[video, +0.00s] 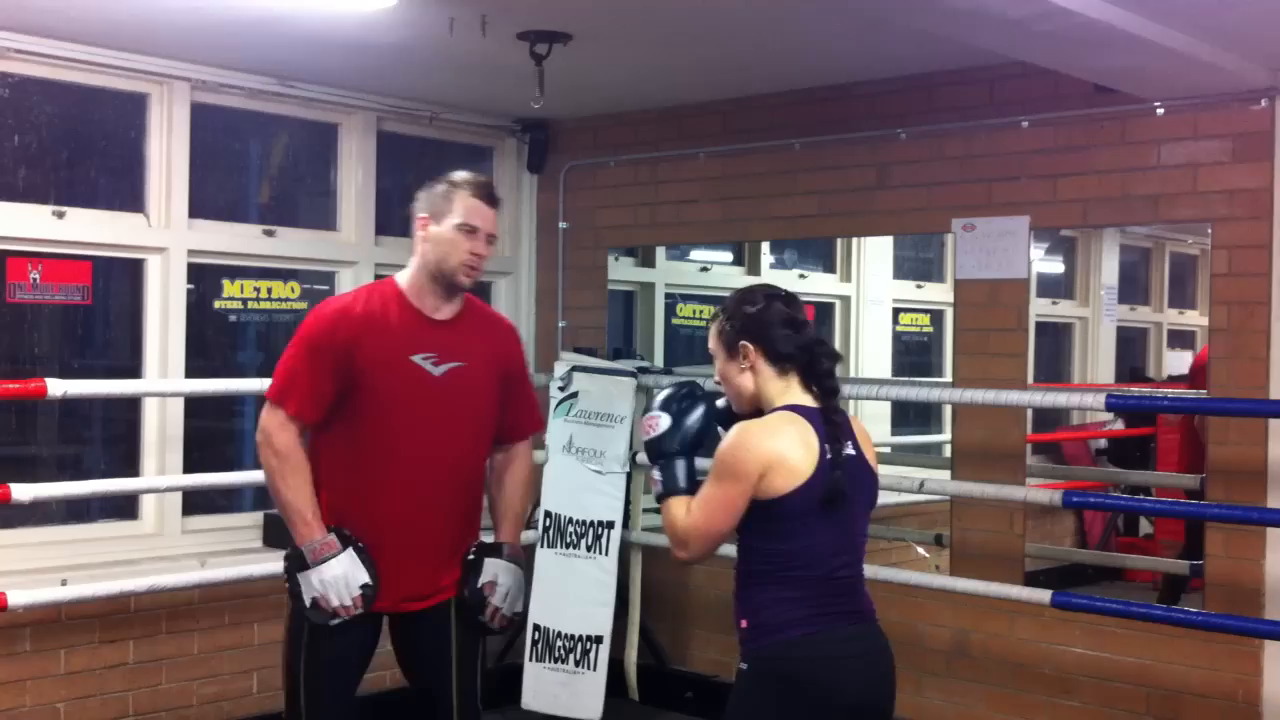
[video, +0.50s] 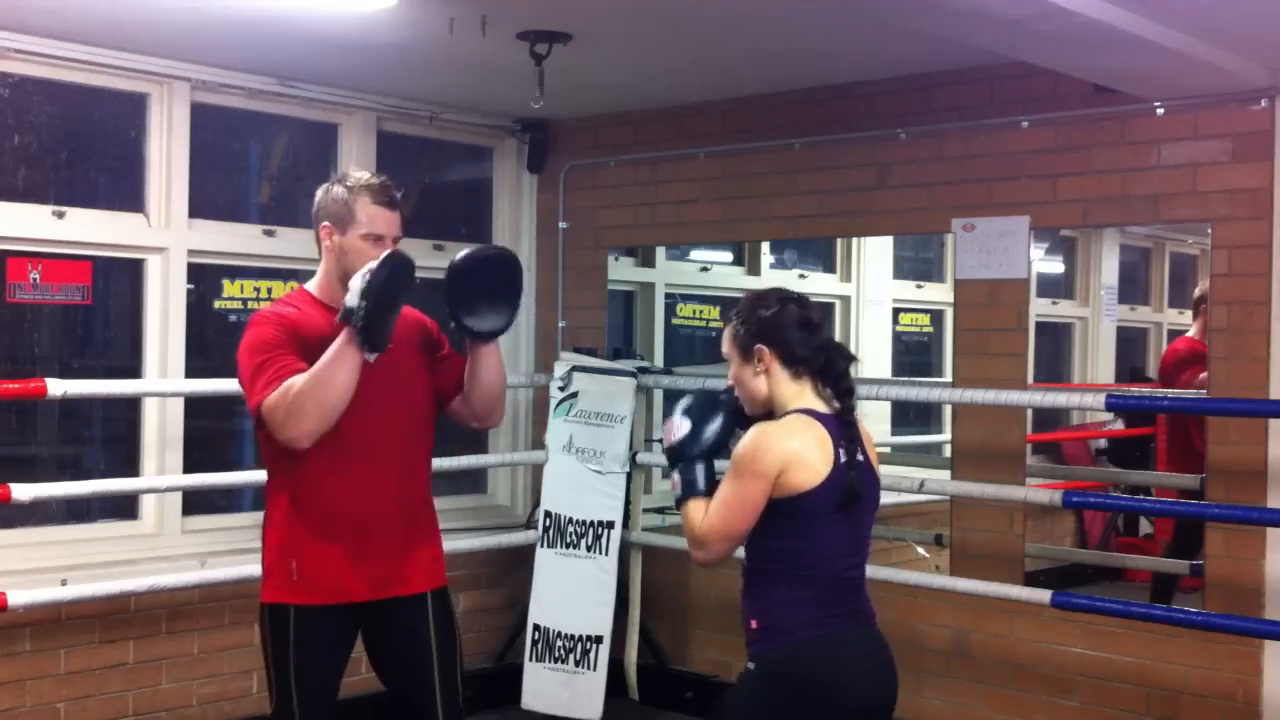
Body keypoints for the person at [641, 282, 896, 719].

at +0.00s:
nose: (715, 374)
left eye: (716, 358)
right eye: (712, 360)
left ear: (747, 356)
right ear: (797, 352)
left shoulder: (752, 442)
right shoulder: (856, 430)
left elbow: (687, 542)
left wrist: (668, 459)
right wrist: (738, 427)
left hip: (784, 672)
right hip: (863, 660)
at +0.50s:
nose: (729, 379)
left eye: (731, 362)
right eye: (727, 363)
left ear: (763, 360)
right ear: (809, 357)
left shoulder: (769, 443)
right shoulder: (858, 433)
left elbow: (705, 546)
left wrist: (689, 462)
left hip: (791, 676)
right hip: (864, 665)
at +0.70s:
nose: (701, 386)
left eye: (699, 370)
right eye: (697, 372)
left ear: (722, 363)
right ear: (774, 358)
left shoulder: (723, 437)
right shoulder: (814, 440)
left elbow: (629, 473)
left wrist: (619, 451)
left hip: (723, 662)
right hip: (800, 659)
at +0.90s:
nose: (651, 368)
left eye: (650, 357)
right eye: (648, 357)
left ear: (667, 354)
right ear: (725, 351)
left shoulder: (642, 423)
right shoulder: (772, 440)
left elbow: (525, 447)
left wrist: (533, 408)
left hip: (663, 649)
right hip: (746, 651)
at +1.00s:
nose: (632, 370)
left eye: (631, 359)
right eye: (630, 360)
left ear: (646, 357)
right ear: (708, 358)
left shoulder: (612, 421)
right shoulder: (749, 446)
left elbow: (501, 411)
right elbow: (746, 524)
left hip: (618, 654)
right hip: (708, 657)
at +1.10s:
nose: (582, 363)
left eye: (585, 354)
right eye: (584, 353)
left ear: (598, 364)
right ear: (654, 363)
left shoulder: (563, 422)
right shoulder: (696, 452)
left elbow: (492, 405)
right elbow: (738, 531)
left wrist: (509, 348)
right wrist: (696, 496)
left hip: (592, 669)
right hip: (680, 668)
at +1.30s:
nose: (493, 378)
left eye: (498, 363)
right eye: (492, 363)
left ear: (534, 364)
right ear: (536, 366)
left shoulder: (601, 449)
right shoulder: (540, 434)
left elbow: (592, 573)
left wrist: (523, 514)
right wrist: (506, 475)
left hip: (639, 674)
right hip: (599, 666)